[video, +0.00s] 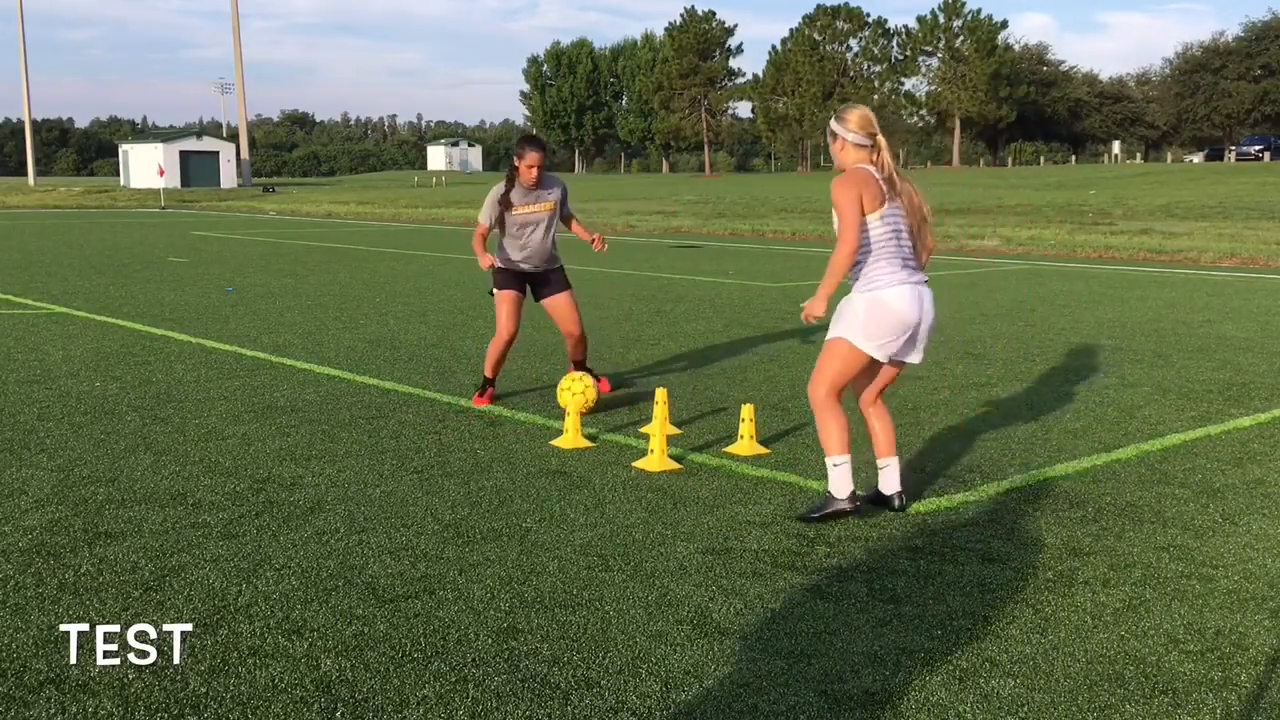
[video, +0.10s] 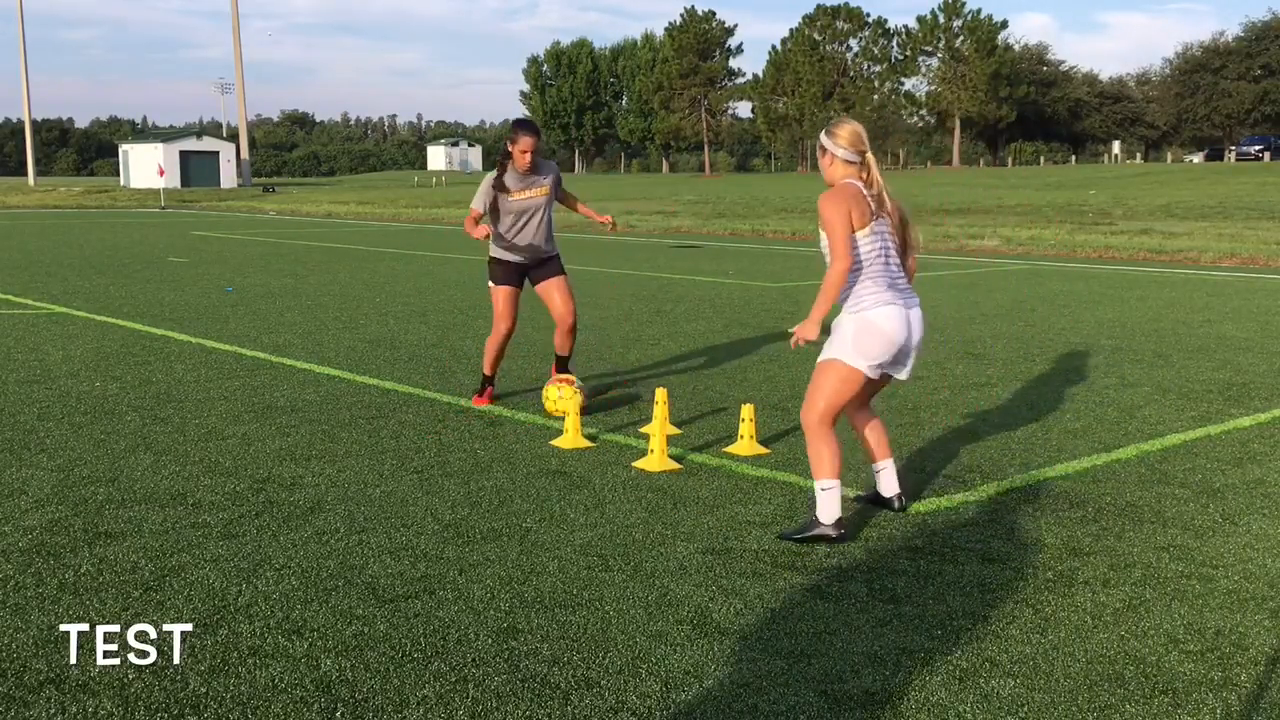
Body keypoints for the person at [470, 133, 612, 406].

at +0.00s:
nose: (535, 173)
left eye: (540, 167)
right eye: (529, 167)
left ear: (544, 163)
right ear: (516, 163)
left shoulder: (556, 187)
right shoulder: (501, 192)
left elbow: (567, 218)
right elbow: (479, 234)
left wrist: (589, 237)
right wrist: (482, 254)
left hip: (547, 268)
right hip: (510, 269)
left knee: (576, 332)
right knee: (507, 332)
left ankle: (581, 375)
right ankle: (487, 385)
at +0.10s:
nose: (529, 158)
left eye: (533, 151)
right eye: (523, 152)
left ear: (539, 148)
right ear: (510, 148)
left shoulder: (549, 171)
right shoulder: (494, 180)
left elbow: (561, 195)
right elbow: (471, 220)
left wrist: (594, 215)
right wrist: (477, 230)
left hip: (544, 257)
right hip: (506, 259)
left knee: (568, 319)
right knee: (504, 327)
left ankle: (560, 375)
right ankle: (487, 385)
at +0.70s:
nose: (528, 155)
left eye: (533, 149)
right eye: (522, 148)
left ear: (540, 145)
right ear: (510, 143)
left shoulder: (551, 174)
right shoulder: (489, 170)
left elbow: (561, 217)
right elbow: (464, 202)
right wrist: (442, 241)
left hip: (530, 260)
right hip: (490, 254)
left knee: (541, 329)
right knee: (485, 325)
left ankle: (543, 408)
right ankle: (459, 403)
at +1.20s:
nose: (536, 138)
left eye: (540, 132)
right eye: (530, 132)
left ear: (544, 134)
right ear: (515, 133)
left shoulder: (555, 166)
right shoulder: (497, 166)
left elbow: (562, 202)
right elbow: (482, 208)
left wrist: (566, 226)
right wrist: (488, 229)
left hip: (538, 258)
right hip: (500, 254)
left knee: (540, 333)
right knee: (491, 324)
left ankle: (523, 395)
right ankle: (468, 397)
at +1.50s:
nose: (559, 146)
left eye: (562, 140)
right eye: (554, 139)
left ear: (564, 144)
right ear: (536, 141)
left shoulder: (564, 174)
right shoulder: (517, 176)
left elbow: (556, 213)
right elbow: (492, 217)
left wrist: (574, 233)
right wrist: (509, 251)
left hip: (553, 262)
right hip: (521, 262)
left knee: (581, 324)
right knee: (530, 330)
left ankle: (559, 370)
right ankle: (505, 398)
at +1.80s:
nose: (587, 147)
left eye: (588, 142)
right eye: (581, 142)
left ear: (588, 143)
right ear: (564, 143)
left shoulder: (592, 173)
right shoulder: (546, 175)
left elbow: (595, 207)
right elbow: (524, 214)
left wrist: (622, 227)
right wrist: (526, 250)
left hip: (583, 259)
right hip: (552, 257)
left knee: (595, 323)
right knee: (551, 321)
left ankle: (578, 378)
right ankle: (522, 389)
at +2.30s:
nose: (602, 155)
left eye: (604, 150)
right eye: (598, 150)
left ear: (593, 148)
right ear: (580, 146)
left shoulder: (591, 172)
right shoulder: (566, 175)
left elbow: (594, 204)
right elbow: (542, 216)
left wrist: (621, 210)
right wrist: (544, 253)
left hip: (588, 252)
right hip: (567, 255)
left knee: (600, 313)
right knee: (599, 312)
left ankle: (592, 371)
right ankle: (555, 358)